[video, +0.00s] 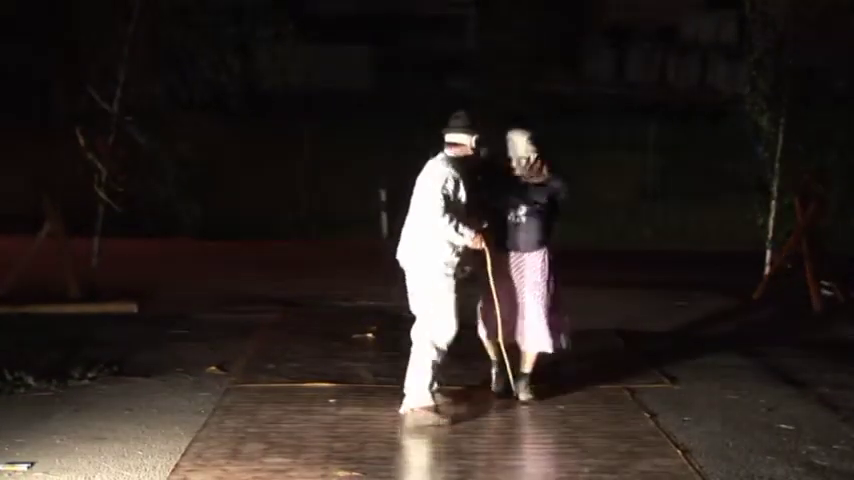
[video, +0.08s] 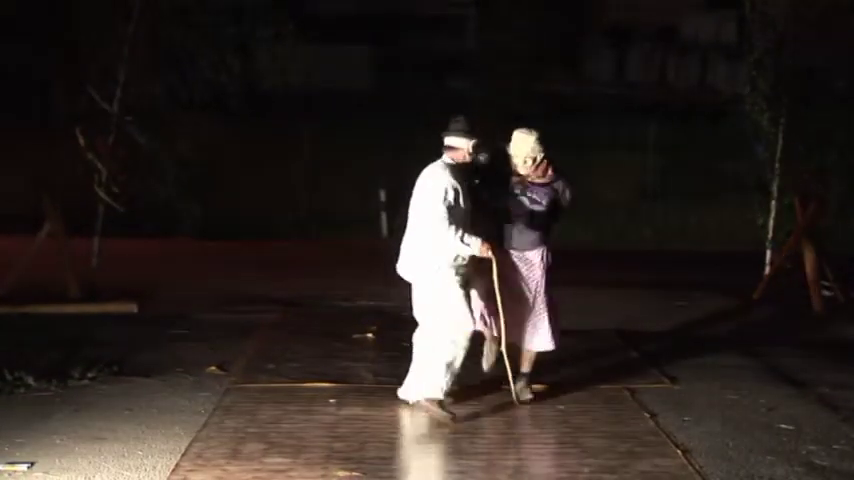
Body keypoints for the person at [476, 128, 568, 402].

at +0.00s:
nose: (521, 166)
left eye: (527, 160)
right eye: (517, 161)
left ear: (535, 158)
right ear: (509, 160)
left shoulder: (547, 186)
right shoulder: (497, 181)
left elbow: (562, 199)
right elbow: (483, 210)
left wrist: (544, 181)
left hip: (534, 257)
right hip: (501, 256)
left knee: (533, 316)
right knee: (488, 318)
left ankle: (524, 379)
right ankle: (497, 366)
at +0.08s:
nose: (523, 167)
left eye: (528, 162)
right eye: (519, 162)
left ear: (538, 159)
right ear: (512, 159)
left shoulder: (553, 187)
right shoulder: (502, 181)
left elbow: (544, 221)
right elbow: (487, 207)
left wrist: (548, 180)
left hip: (533, 256)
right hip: (500, 254)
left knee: (534, 316)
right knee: (480, 294)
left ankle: (523, 379)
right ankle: (490, 339)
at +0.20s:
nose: (527, 162)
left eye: (532, 157)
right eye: (523, 156)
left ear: (543, 157)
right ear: (517, 155)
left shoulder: (556, 187)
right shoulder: (507, 179)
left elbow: (565, 207)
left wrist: (556, 181)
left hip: (534, 254)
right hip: (506, 251)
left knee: (533, 317)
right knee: (511, 315)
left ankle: (522, 378)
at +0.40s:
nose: (540, 168)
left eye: (544, 163)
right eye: (535, 162)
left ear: (550, 163)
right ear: (524, 160)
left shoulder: (552, 188)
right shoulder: (508, 182)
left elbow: (554, 221)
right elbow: (494, 216)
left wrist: (553, 192)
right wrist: (498, 256)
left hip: (535, 260)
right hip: (509, 257)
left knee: (530, 317)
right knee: (512, 315)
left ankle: (520, 378)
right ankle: (517, 373)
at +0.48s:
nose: (539, 163)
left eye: (543, 158)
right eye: (534, 158)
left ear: (548, 158)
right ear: (522, 155)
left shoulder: (552, 182)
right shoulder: (507, 178)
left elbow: (552, 215)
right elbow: (494, 208)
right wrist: (497, 236)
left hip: (533, 254)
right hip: (507, 252)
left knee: (527, 310)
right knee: (503, 306)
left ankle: (519, 375)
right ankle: (497, 357)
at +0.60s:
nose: (534, 158)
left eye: (538, 153)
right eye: (529, 152)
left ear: (545, 155)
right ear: (517, 151)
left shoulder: (548, 185)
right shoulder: (502, 178)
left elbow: (544, 225)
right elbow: (494, 212)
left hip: (532, 256)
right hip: (505, 252)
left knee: (531, 313)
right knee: (509, 313)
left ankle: (517, 372)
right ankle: (510, 377)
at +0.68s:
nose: (533, 160)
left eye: (537, 155)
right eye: (528, 154)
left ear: (542, 156)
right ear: (515, 153)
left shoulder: (546, 185)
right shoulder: (498, 182)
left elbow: (550, 220)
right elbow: (487, 216)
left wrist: (545, 251)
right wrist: (506, 226)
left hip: (535, 257)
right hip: (506, 255)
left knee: (533, 313)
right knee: (507, 316)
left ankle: (524, 370)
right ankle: (513, 380)